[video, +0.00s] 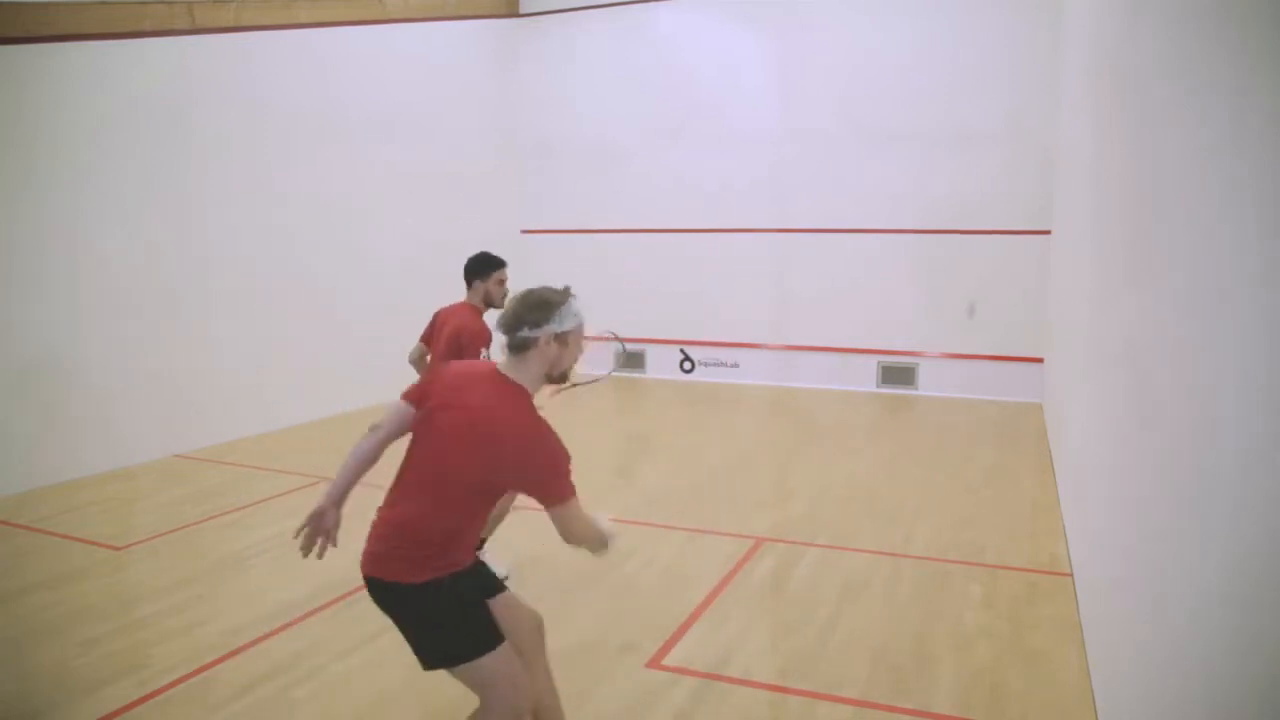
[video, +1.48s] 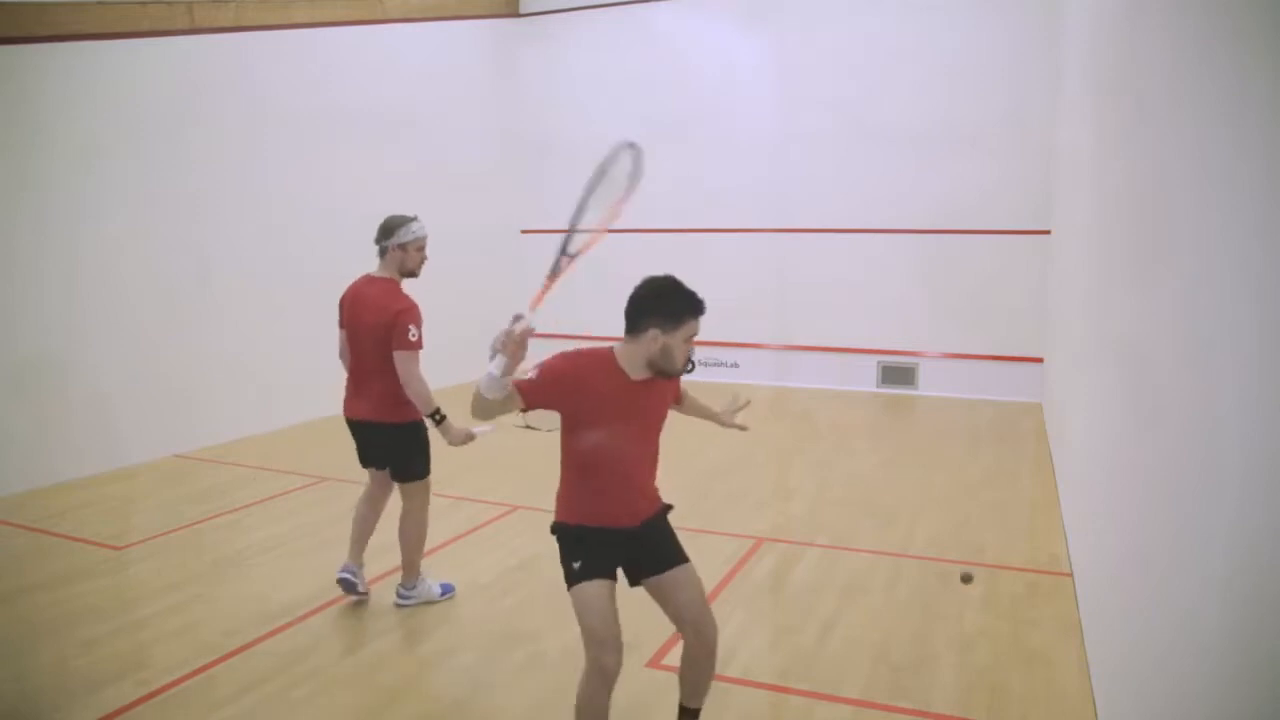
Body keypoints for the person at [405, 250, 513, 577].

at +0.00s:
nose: (506, 289)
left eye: (506, 282)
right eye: (501, 282)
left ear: (472, 284)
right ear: (481, 283)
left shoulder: (445, 313)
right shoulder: (474, 328)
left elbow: (415, 356)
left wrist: (438, 390)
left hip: (441, 421)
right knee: (507, 491)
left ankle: (466, 550)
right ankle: (467, 553)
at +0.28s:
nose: (519, 279)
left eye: (516, 272)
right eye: (515, 273)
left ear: (488, 280)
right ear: (504, 279)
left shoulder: (465, 320)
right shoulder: (495, 328)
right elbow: (499, 389)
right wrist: (548, 401)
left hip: (452, 428)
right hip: (476, 432)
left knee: (452, 490)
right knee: (525, 498)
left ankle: (415, 553)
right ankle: (502, 586)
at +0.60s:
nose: (568, 256)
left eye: (565, 249)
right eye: (564, 250)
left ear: (532, 258)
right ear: (553, 256)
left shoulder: (510, 297)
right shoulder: (535, 304)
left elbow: (488, 351)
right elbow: (531, 372)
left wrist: (528, 376)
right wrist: (579, 397)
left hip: (502, 411)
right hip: (508, 415)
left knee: (535, 503)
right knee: (536, 509)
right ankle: (512, 609)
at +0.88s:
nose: (602, 276)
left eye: (599, 268)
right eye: (597, 268)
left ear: (572, 275)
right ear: (578, 275)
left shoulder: (571, 323)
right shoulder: (538, 329)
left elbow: (565, 387)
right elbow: (524, 402)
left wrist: (602, 414)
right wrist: (573, 431)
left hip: (571, 451)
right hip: (537, 457)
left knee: (584, 530)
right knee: (563, 557)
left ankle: (548, 577)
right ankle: (563, 661)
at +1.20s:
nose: (656, 295)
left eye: (658, 284)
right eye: (653, 283)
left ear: (626, 281)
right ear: (624, 279)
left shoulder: (627, 333)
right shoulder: (562, 332)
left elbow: (626, 389)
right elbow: (518, 402)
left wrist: (677, 416)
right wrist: (566, 423)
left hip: (621, 485)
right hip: (568, 489)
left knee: (650, 590)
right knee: (576, 594)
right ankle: (566, 662)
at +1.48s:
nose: (691, 351)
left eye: (693, 340)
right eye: (688, 339)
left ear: (659, 337)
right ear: (655, 336)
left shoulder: (664, 379)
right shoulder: (574, 371)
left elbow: (680, 399)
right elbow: (483, 408)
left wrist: (719, 416)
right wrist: (503, 365)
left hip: (646, 524)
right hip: (585, 531)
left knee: (702, 632)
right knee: (605, 661)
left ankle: (688, 716)